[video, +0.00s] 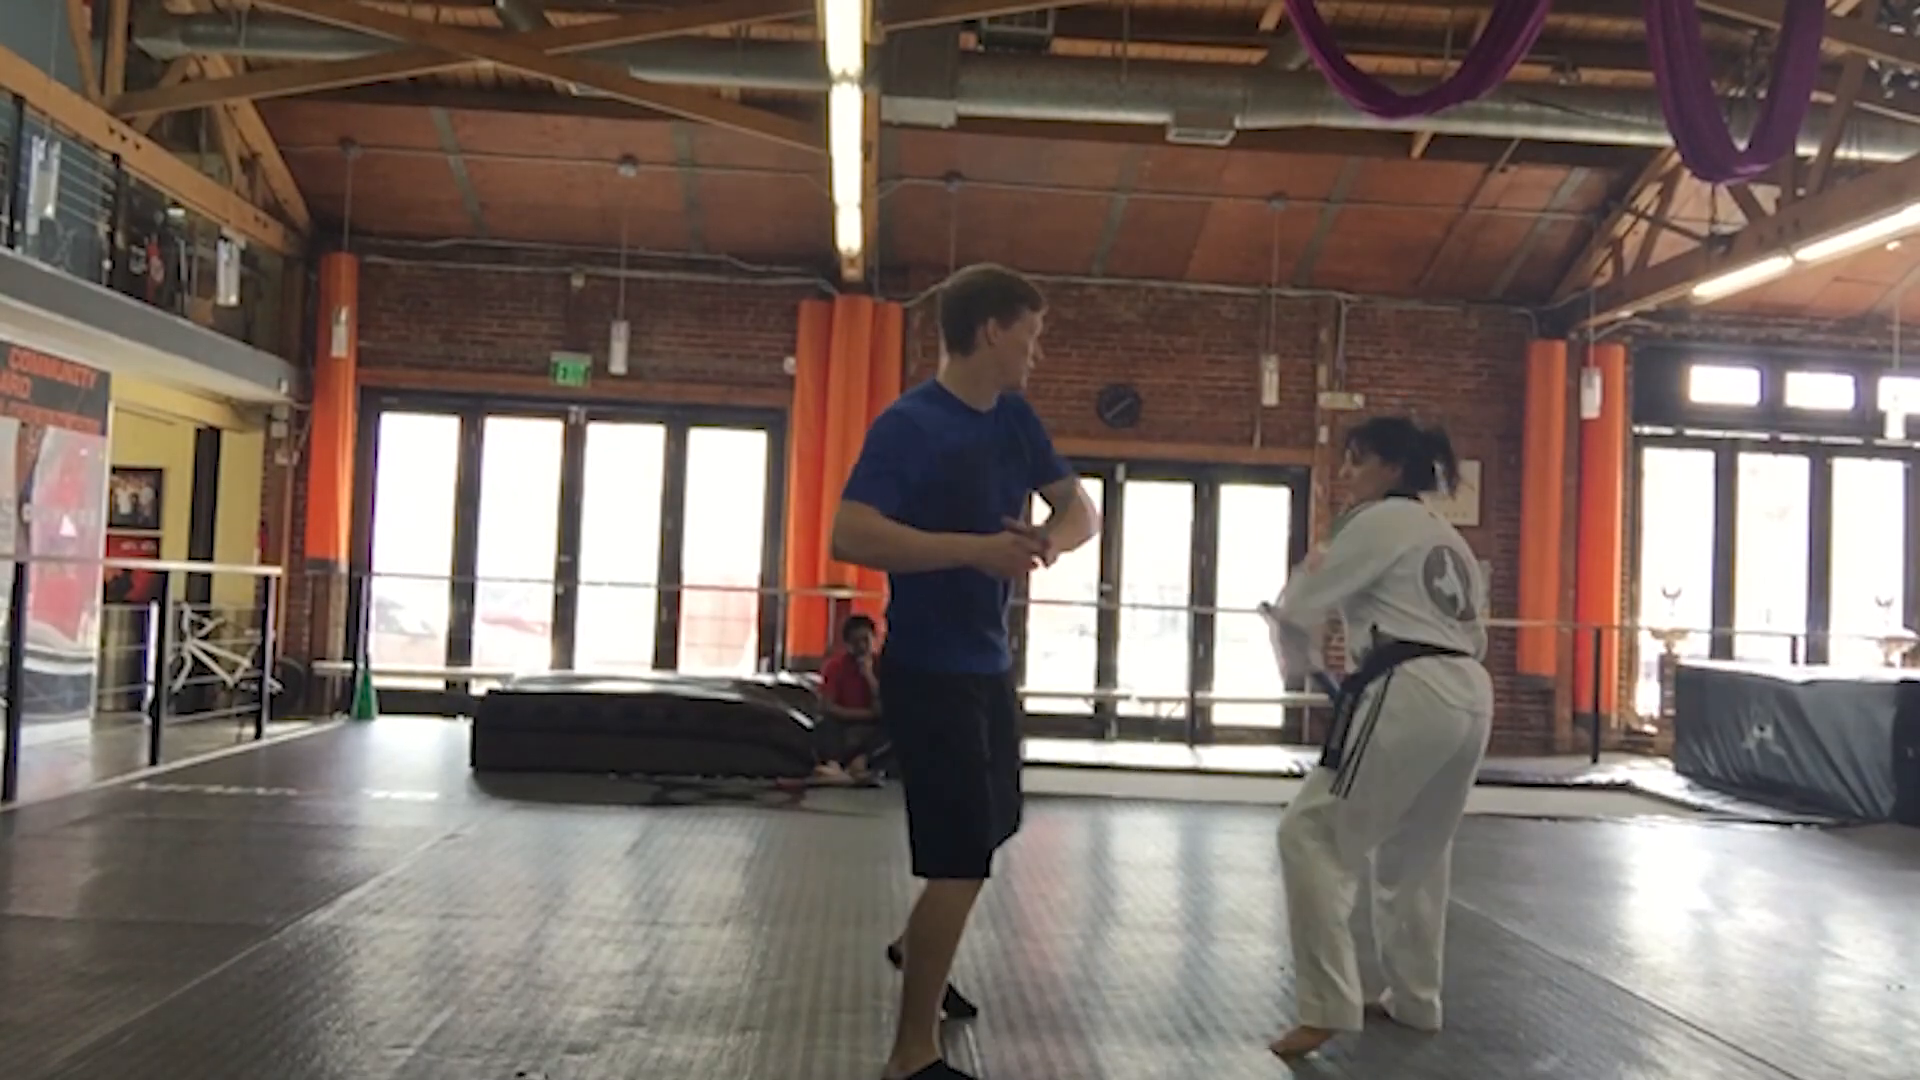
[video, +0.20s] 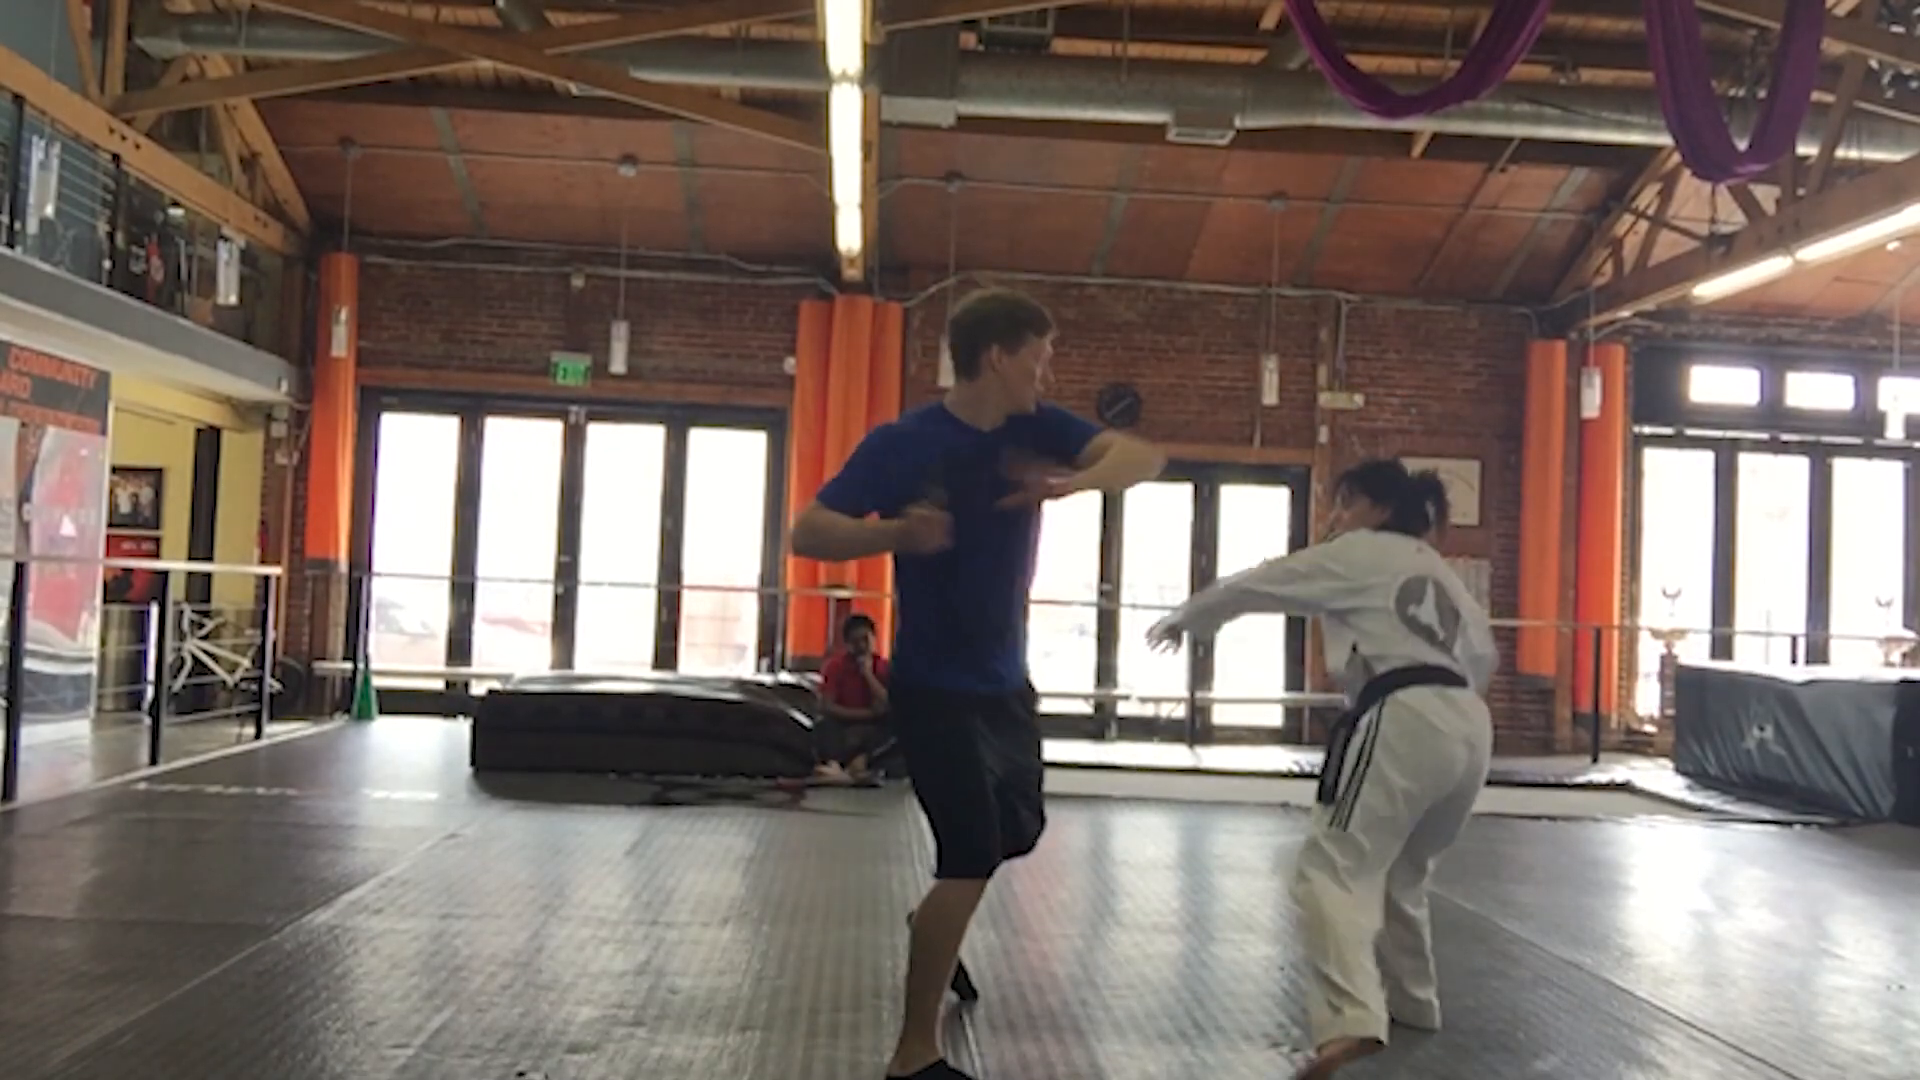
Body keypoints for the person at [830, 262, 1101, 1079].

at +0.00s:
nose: (1036, 352)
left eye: (1038, 337)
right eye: (1031, 336)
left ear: (994, 335)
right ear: (989, 332)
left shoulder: (1014, 419)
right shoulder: (910, 423)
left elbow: (1078, 508)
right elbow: (851, 531)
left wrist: (1051, 540)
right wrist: (973, 548)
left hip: (987, 666)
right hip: (930, 670)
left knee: (992, 824)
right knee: (960, 862)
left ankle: (921, 944)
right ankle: (912, 1057)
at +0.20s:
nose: (1045, 376)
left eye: (1047, 362)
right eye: (1038, 361)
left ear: (1002, 361)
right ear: (993, 359)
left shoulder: (1030, 428)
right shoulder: (905, 442)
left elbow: (1143, 455)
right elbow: (806, 530)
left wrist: (1065, 480)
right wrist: (894, 533)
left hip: (1005, 682)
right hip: (932, 684)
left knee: (1013, 828)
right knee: (969, 853)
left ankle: (937, 932)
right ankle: (915, 1055)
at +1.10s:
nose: (1063, 525)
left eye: (1067, 515)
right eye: (1065, 512)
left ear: (1016, 474)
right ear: (1044, 485)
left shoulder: (937, 501)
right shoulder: (1043, 535)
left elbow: (934, 599)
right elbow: (1025, 616)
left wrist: (1030, 623)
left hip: (909, 708)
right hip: (990, 714)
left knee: (945, 823)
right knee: (1093, 868)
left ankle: (910, 974)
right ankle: (1075, 1008)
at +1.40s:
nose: (1070, 453)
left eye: (1071, 443)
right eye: (1071, 444)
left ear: (1001, 426)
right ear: (1054, 449)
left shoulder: (932, 462)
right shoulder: (1046, 515)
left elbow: (816, 444)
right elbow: (1143, 573)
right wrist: (1069, 594)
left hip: (914, 689)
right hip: (999, 696)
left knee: (908, 824)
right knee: (1050, 864)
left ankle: (897, 970)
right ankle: (1117, 992)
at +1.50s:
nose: (1057, 452)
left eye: (1055, 442)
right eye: (1057, 443)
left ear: (988, 433)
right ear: (1045, 450)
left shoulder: (936, 477)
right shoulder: (1056, 524)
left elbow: (822, 481)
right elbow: (1117, 597)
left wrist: (830, 554)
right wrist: (1047, 599)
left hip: (921, 703)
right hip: (1007, 711)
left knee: (905, 833)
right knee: (1057, 870)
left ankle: (897, 969)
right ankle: (1103, 998)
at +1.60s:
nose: (1066, 474)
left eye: (1068, 462)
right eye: (1067, 462)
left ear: (1000, 448)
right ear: (1048, 459)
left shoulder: (938, 502)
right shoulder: (1059, 537)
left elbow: (865, 596)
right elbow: (1049, 621)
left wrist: (921, 633)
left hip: (927, 712)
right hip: (1012, 726)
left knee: (914, 828)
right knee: (1055, 886)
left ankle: (899, 969)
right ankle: (1070, 1017)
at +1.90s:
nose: (1075, 472)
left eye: (1078, 462)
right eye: (1074, 461)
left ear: (1009, 439)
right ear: (1046, 445)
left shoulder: (940, 475)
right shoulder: (1049, 498)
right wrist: (1104, 511)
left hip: (922, 696)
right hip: (1002, 701)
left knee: (930, 813)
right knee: (1088, 860)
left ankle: (897, 965)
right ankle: (1108, 1009)